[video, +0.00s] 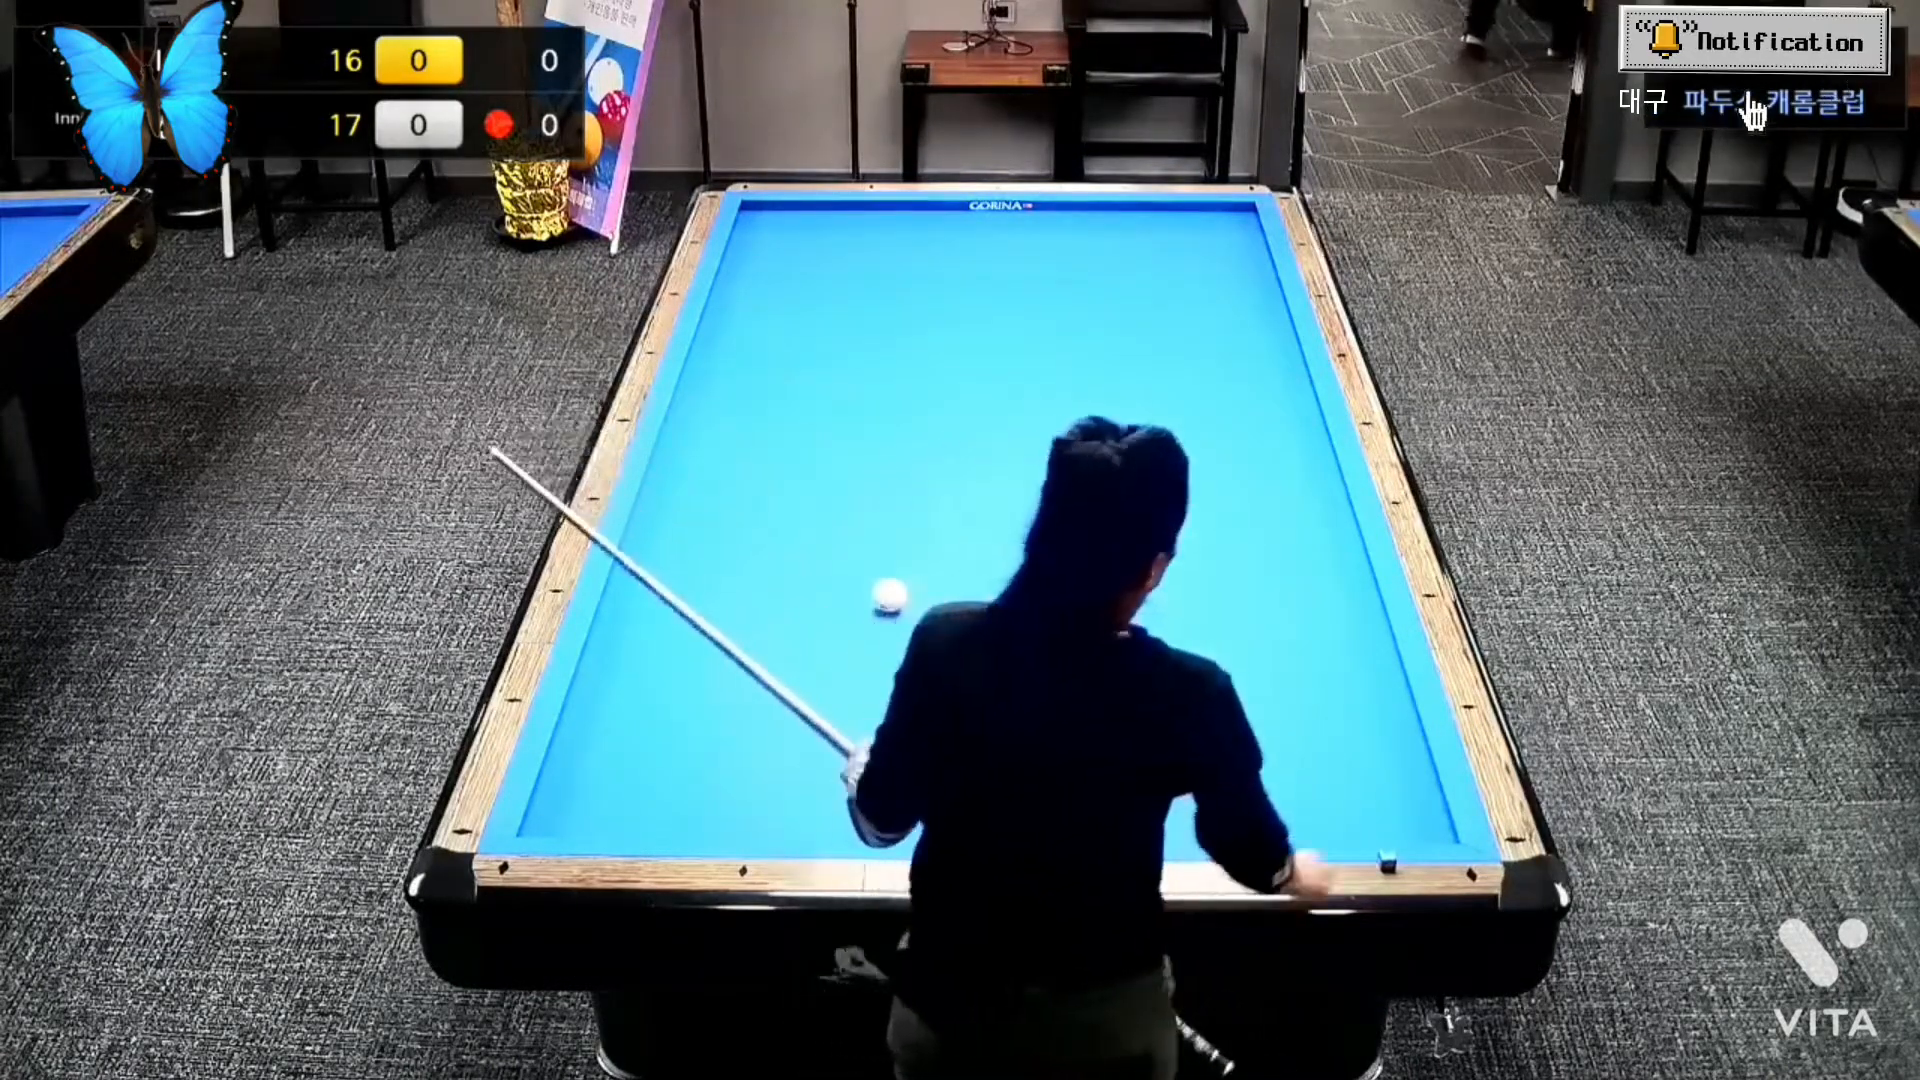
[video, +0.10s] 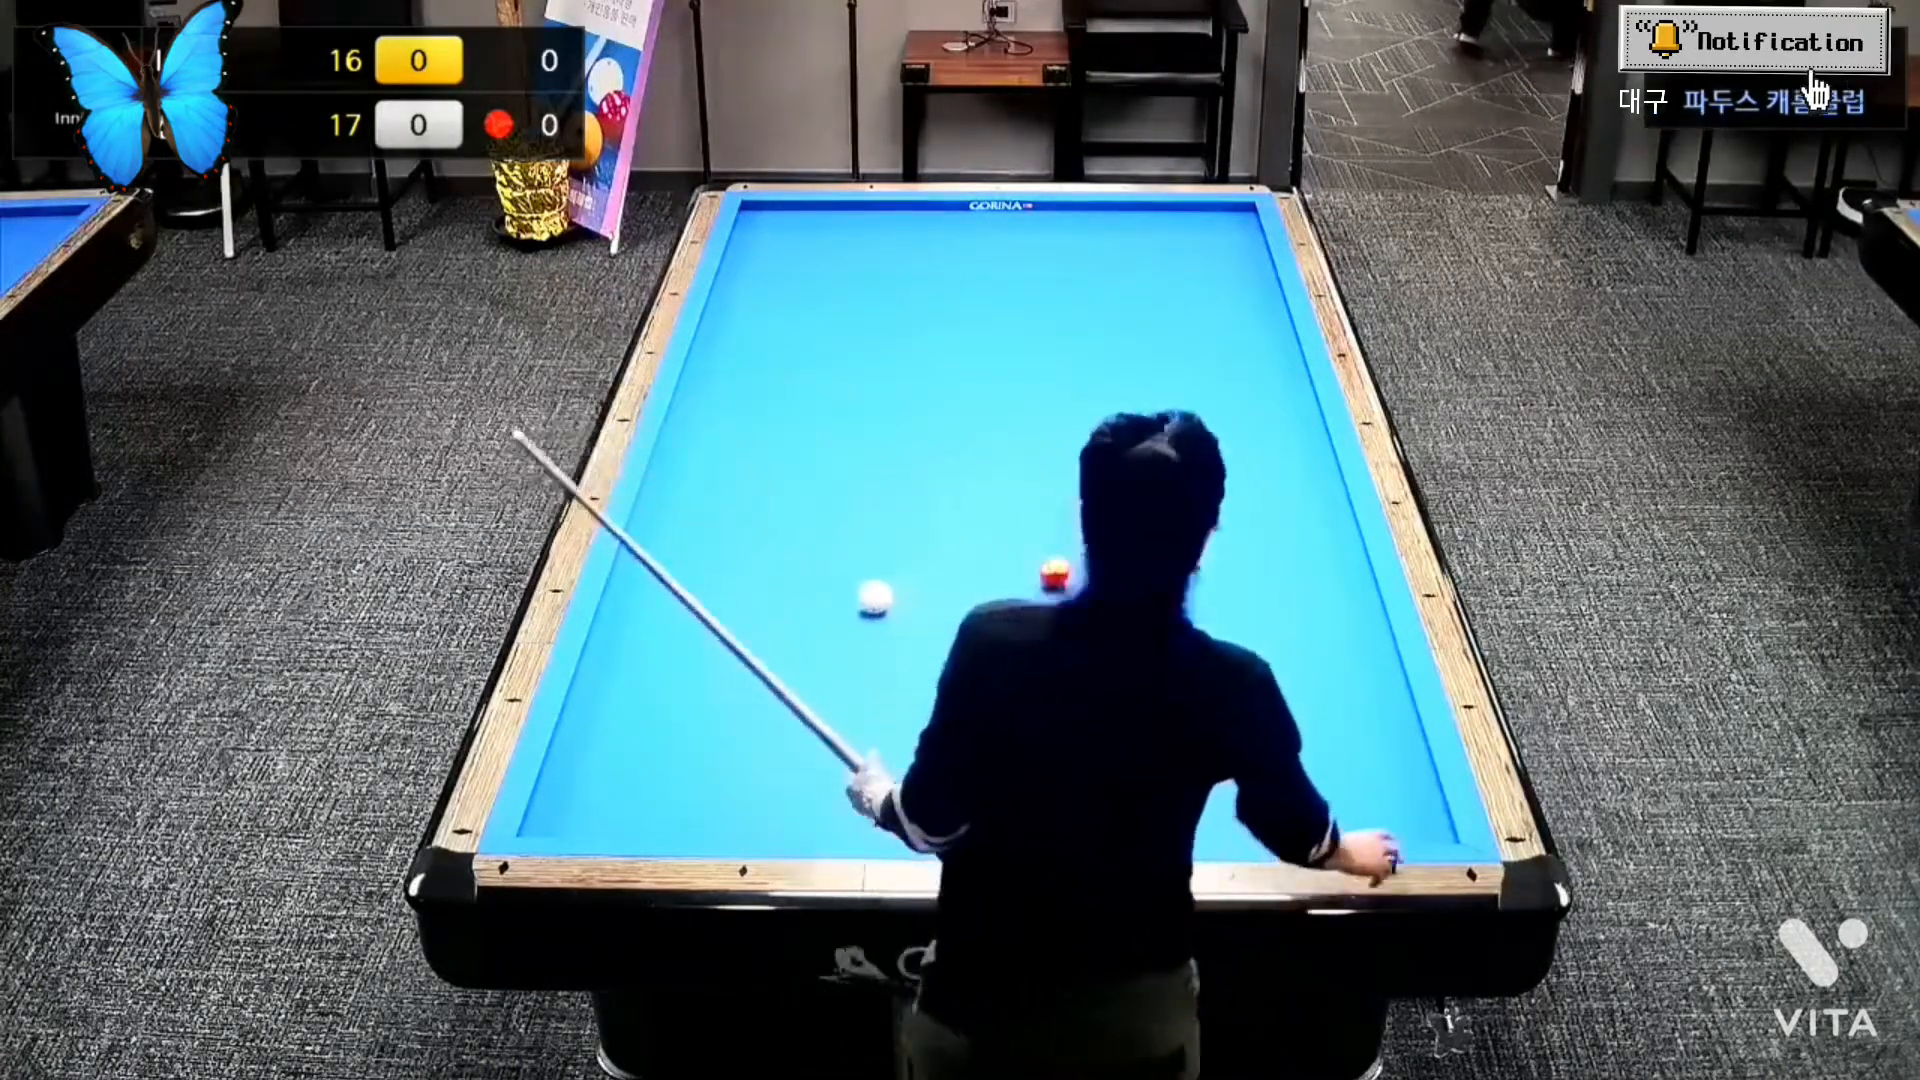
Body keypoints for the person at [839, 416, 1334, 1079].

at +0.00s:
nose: (1165, 568)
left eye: (1166, 549)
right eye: (1168, 550)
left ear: (1048, 529)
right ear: (1152, 564)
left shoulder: (948, 643)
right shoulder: (1187, 692)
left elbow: (881, 819)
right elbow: (1246, 842)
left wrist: (862, 773)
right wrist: (1288, 877)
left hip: (948, 1004)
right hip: (1111, 1010)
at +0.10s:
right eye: (1210, 517)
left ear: (1087, 515)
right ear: (1205, 532)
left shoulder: (997, 640)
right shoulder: (1230, 683)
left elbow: (932, 822)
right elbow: (1290, 822)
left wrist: (881, 800)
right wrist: (1347, 854)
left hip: (978, 997)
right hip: (1141, 1001)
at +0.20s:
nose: (1100, 509)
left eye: (1104, 497)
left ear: (1115, 514)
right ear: (1228, 515)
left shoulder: (1028, 637)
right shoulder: (1257, 669)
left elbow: (966, 820)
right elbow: (1308, 795)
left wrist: (893, 810)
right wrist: (1365, 844)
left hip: (1005, 994)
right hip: (1163, 995)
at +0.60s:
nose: (1089, 531)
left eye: (1090, 510)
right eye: (1094, 508)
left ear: (1104, 531)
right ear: (1218, 520)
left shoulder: (1037, 652)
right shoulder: (1255, 654)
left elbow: (981, 850)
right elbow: (1277, 825)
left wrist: (851, 859)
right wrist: (1311, 840)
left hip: (1026, 994)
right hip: (1175, 989)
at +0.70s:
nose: (1072, 541)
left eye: (1074, 522)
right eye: (1078, 520)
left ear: (1086, 539)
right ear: (1200, 525)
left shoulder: (1023, 662)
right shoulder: (1242, 656)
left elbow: (959, 862)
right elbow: (1263, 834)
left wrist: (827, 867)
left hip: (1016, 1003)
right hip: (1169, 994)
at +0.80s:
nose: (1036, 545)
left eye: (1038, 525)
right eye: (1042, 523)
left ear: (1050, 550)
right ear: (1161, 532)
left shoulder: (991, 683)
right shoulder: (1214, 669)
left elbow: (923, 880)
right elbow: (1231, 845)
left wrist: (779, 878)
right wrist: (1138, 797)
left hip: (997, 1022)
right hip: (1150, 1009)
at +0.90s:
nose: (990, 574)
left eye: (993, 555)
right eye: (992, 553)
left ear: (1008, 572)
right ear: (1114, 557)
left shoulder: (944, 712)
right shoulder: (1173, 694)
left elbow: (865, 902)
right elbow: (1188, 862)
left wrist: (723, 900)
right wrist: (1075, 829)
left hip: (958, 1043)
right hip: (1114, 1028)